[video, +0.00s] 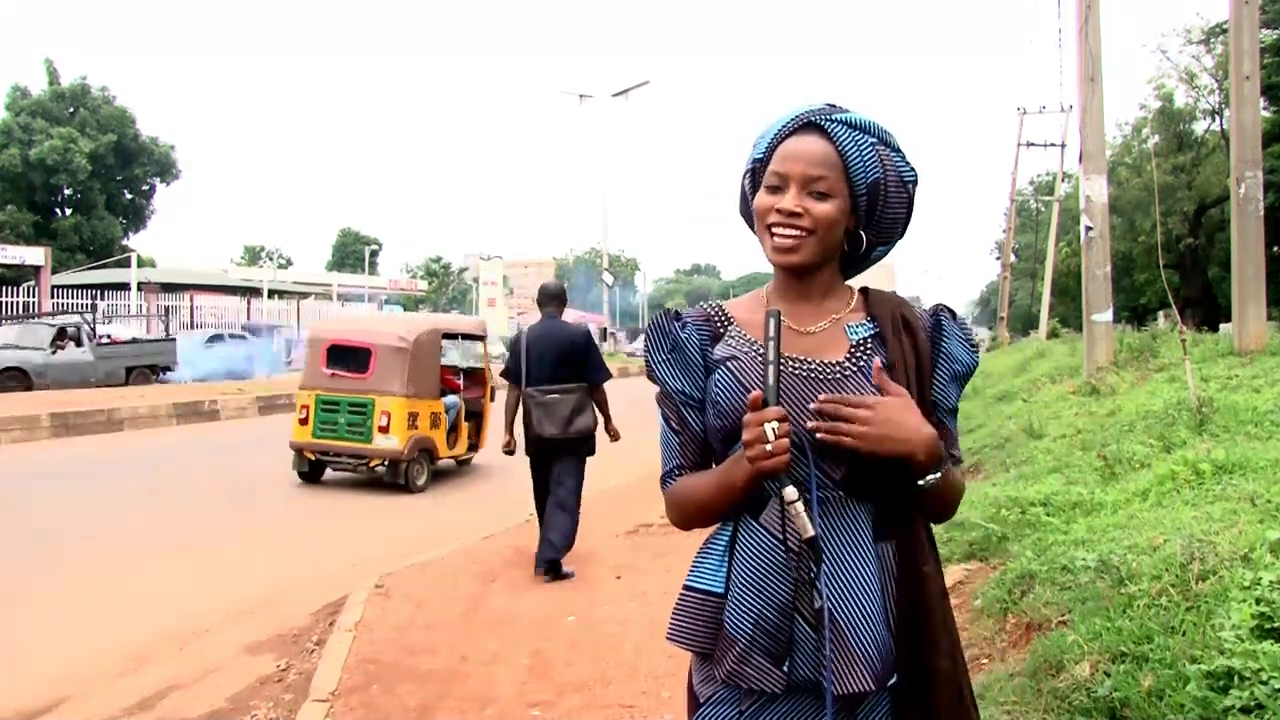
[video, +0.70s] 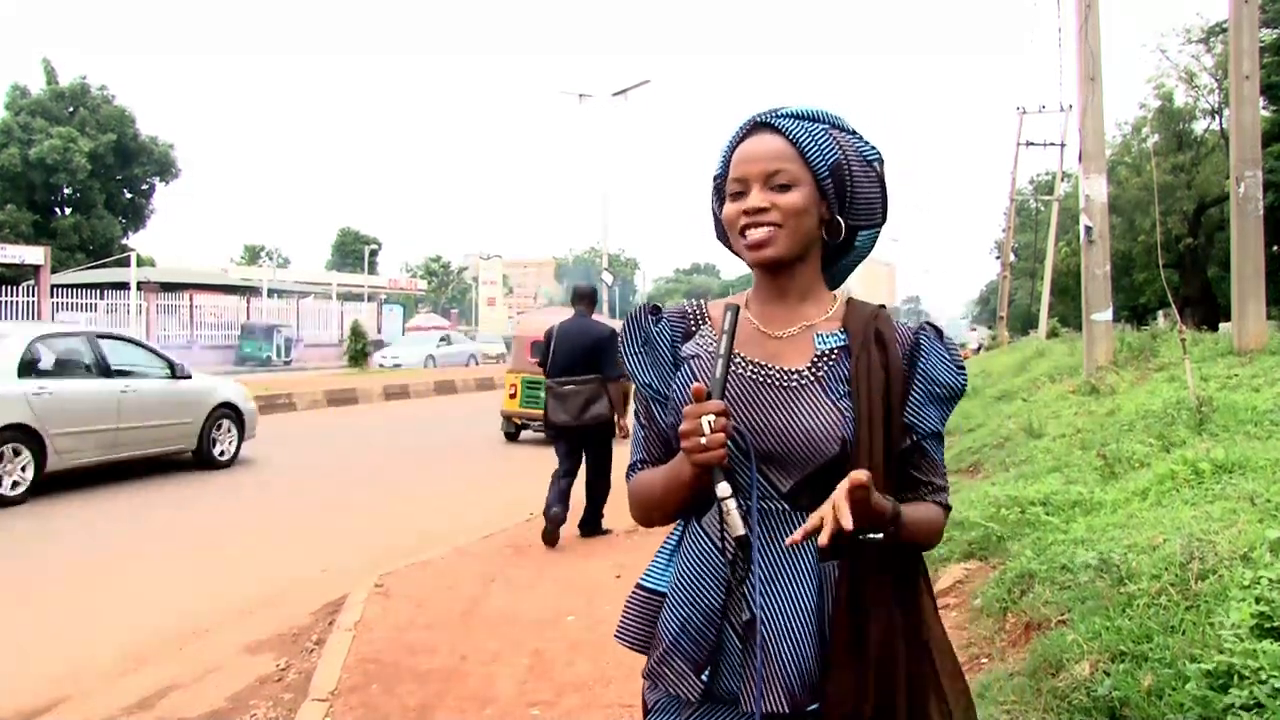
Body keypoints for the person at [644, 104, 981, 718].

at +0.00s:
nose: (788, 206)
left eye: (818, 192)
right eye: (775, 185)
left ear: (856, 214)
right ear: (752, 198)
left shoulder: (910, 331)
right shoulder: (700, 337)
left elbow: (943, 506)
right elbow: (681, 506)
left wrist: (925, 445)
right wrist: (743, 465)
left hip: (883, 634)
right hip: (748, 636)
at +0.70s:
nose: (753, 204)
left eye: (780, 184)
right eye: (736, 191)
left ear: (828, 203)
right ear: (722, 214)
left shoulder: (894, 348)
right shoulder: (680, 339)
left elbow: (930, 513)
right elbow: (642, 506)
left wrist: (882, 512)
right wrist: (689, 465)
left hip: (847, 645)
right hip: (710, 641)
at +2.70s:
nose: (793, 199)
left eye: (821, 183)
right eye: (777, 183)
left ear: (862, 208)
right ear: (757, 203)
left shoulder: (922, 333)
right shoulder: (714, 333)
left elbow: (958, 501)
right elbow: (688, 511)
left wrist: (891, 456)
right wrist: (751, 457)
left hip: (892, 616)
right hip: (762, 622)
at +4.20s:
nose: (817, 228)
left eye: (847, 210)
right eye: (805, 209)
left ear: (894, 231)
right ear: (788, 224)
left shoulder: (960, 349)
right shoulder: (760, 361)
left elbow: (1001, 519)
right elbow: (743, 531)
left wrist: (960, 453)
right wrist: (786, 494)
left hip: (934, 625)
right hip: (809, 625)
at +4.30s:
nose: (821, 219)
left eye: (849, 202)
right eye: (807, 203)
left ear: (896, 226)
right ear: (790, 223)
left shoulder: (955, 342)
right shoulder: (760, 356)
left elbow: (1006, 514)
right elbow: (743, 525)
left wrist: (968, 395)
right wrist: (783, 486)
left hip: (930, 627)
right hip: (806, 627)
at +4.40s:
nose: (824, 208)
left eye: (850, 190)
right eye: (808, 196)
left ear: (900, 213)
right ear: (791, 220)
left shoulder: (961, 322)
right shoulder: (762, 347)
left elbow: (1014, 491)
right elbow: (742, 517)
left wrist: (975, 323)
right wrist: (781, 473)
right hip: (806, 635)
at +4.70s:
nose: (808, 200)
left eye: (835, 182)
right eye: (794, 188)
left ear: (892, 203)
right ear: (781, 212)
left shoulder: (954, 318)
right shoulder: (751, 336)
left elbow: (1023, 471)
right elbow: (733, 511)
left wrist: (977, 299)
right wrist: (757, 456)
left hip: (909, 627)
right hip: (782, 626)